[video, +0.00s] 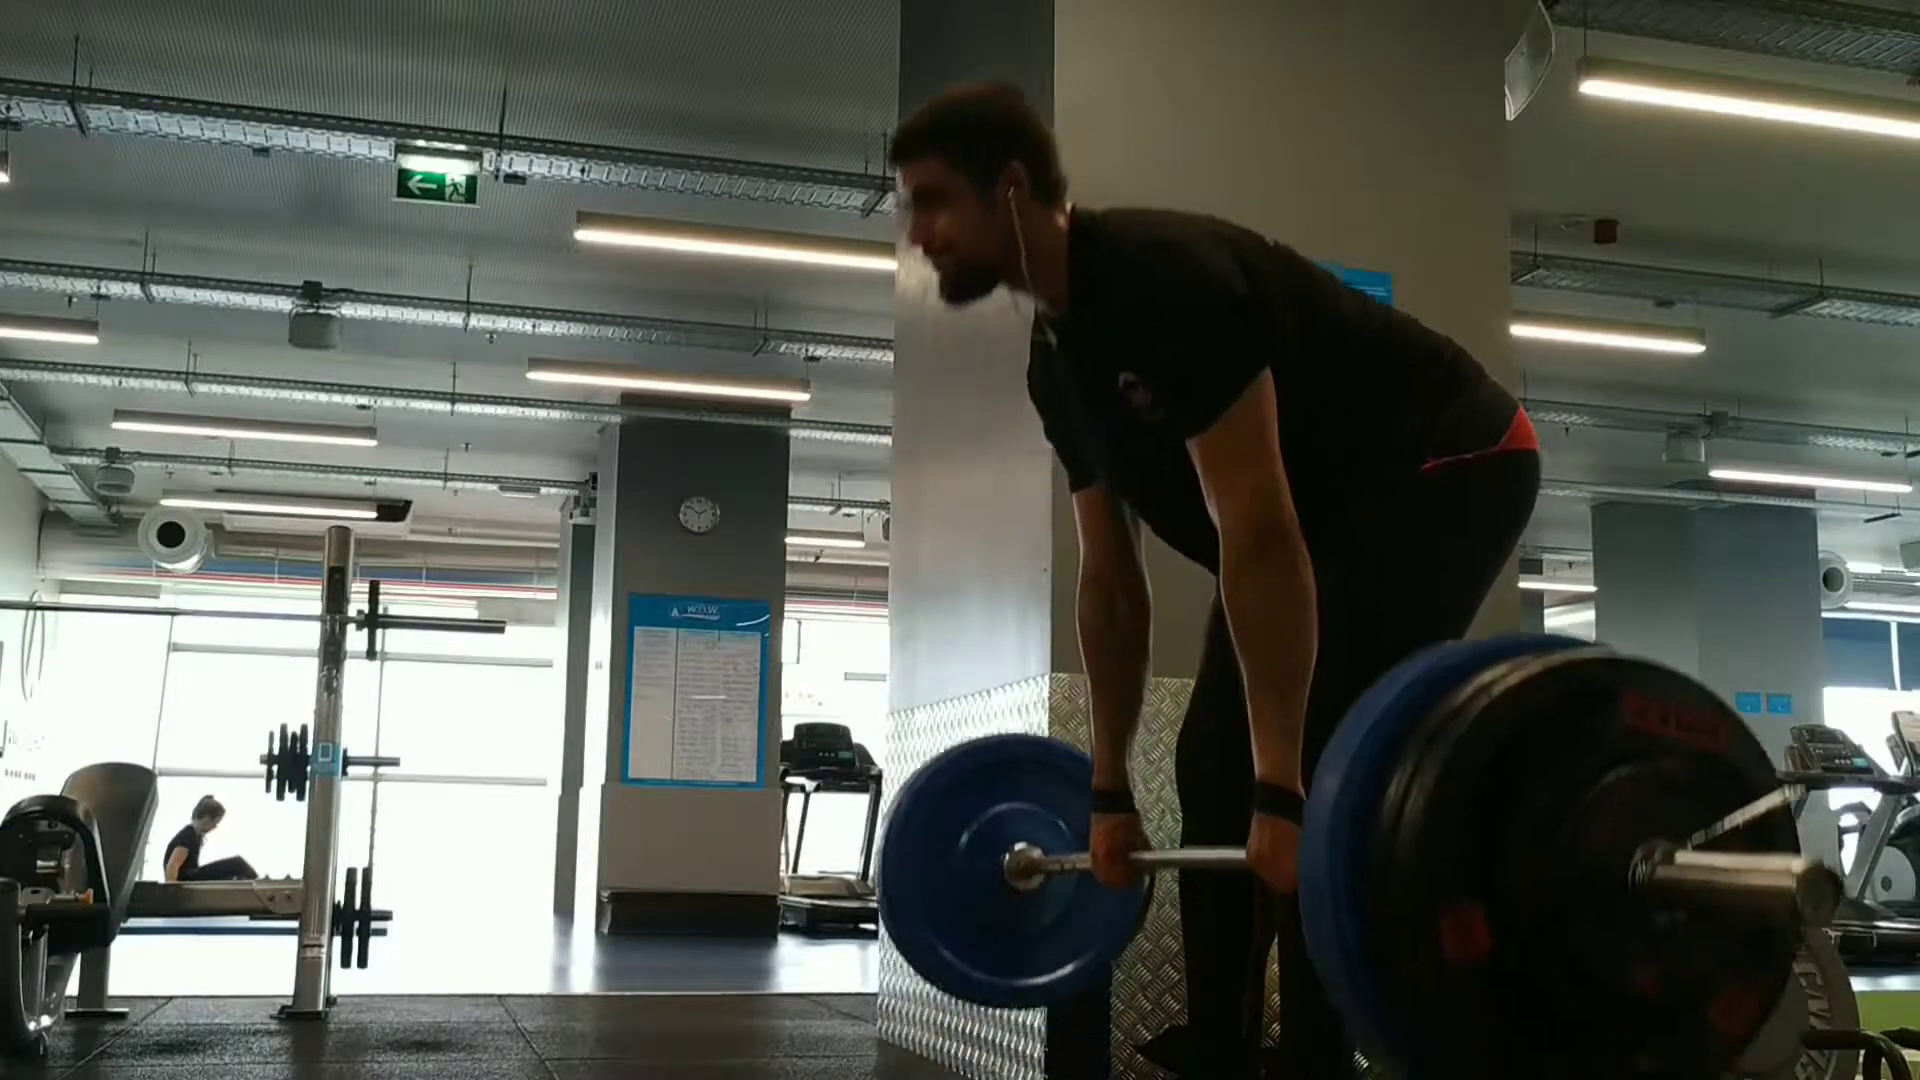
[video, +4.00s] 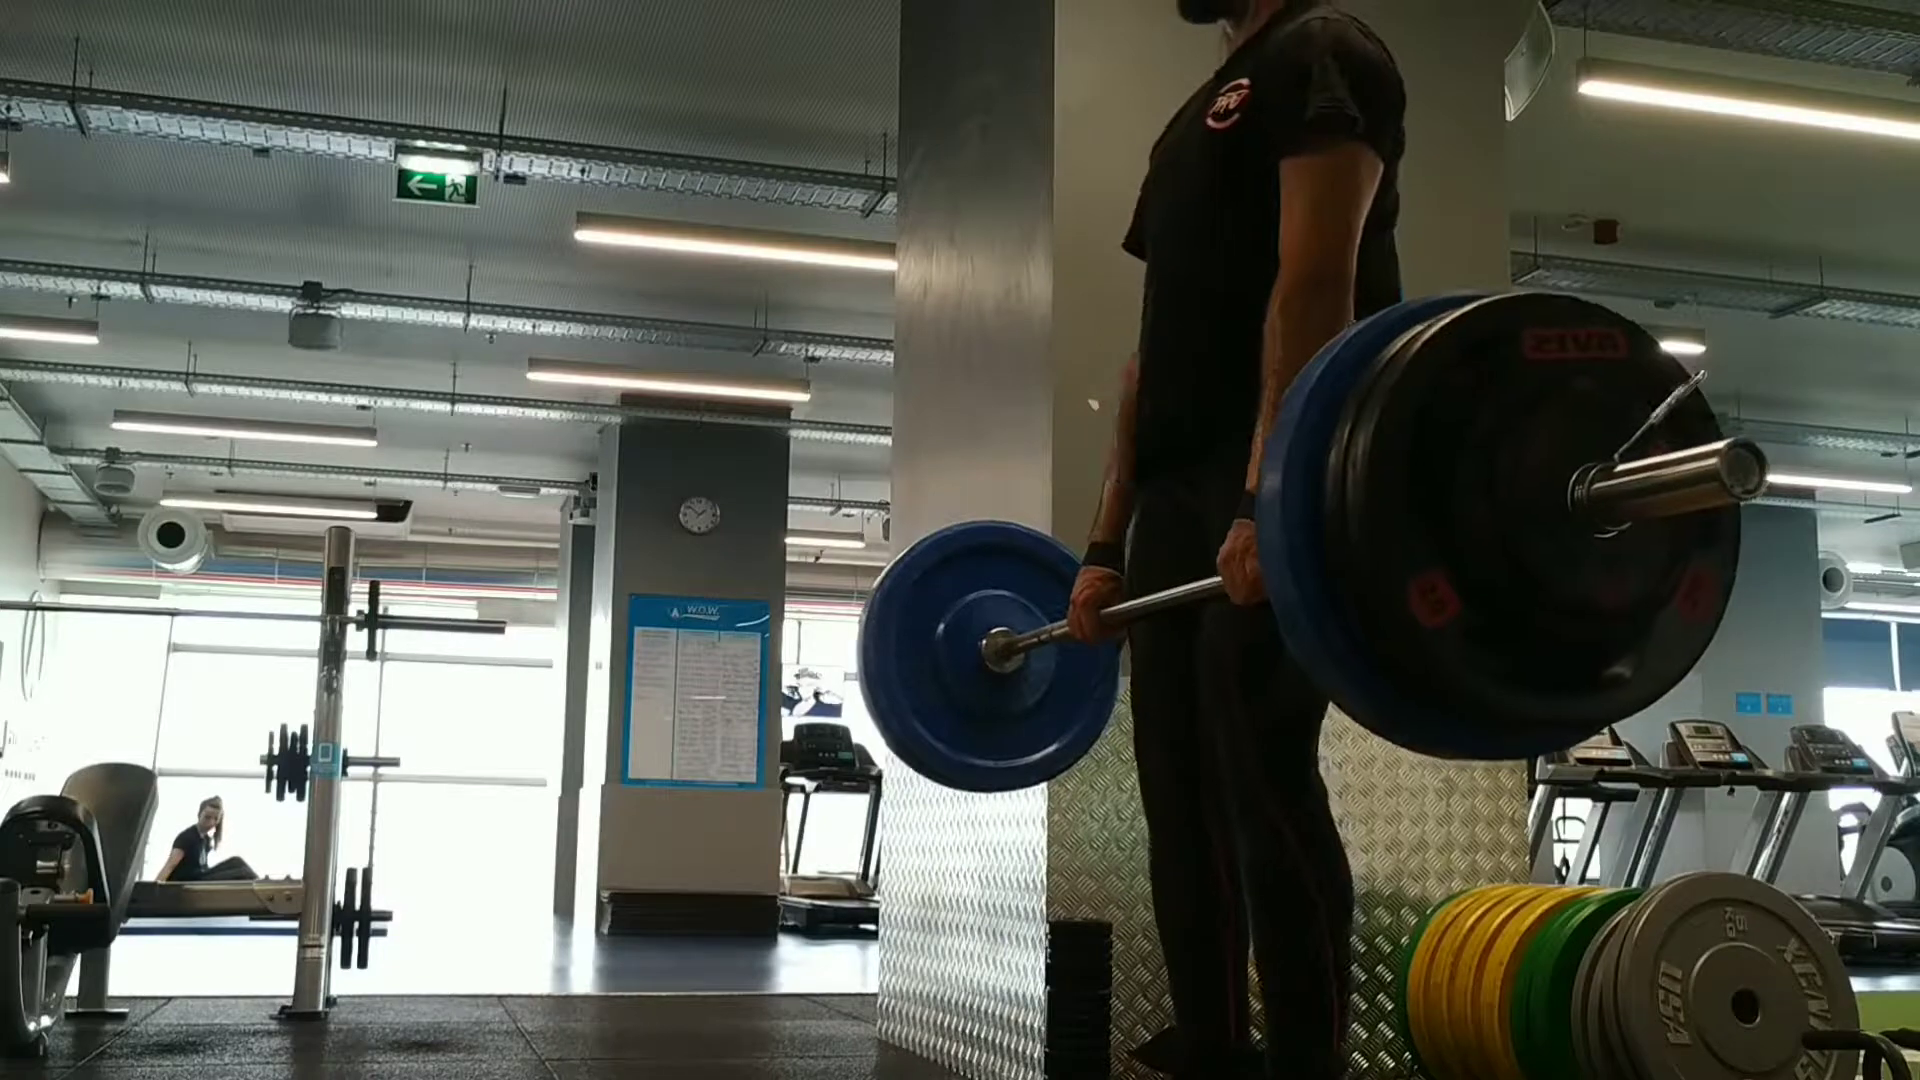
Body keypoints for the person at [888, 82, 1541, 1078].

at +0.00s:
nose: (916, 235)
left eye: (933, 204)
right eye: (908, 211)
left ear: (1014, 188)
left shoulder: (1169, 282)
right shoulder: (1057, 356)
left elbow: (1264, 540)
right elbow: (1109, 580)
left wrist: (1279, 793)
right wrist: (1110, 789)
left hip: (1446, 469)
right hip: (1308, 503)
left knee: (1334, 763)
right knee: (1212, 756)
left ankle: (1320, 1045)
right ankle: (1221, 1030)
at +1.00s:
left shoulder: (1369, 55)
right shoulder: (1244, 115)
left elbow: (1344, 279)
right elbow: (1193, 334)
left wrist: (1285, 491)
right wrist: (1123, 534)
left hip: (1269, 493)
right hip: (1183, 499)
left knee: (1277, 787)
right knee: (1191, 795)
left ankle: (1311, 1060)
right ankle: (1208, 1052)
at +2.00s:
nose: (966, 100)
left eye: (984, 69)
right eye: (961, 78)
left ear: (1064, 64)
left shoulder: (1192, 184)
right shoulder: (1075, 270)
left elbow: (1271, 442)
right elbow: (1122, 487)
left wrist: (1275, 686)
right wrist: (1114, 699)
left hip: (1413, 489)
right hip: (1280, 510)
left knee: (1301, 768)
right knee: (1193, 760)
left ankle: (1313, 1057)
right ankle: (1212, 1046)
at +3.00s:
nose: (906, 300)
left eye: (923, 266)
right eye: (902, 273)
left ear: (1004, 252)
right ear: (998, 262)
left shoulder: (1155, 342)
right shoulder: (1054, 430)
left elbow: (1263, 603)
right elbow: (1112, 632)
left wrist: (1287, 860)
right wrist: (1119, 849)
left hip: (1459, 477)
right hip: (1329, 519)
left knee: (1296, 766)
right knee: (1191, 759)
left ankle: (1312, 1040)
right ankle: (1213, 1038)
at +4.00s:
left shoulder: (1321, 46)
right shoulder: (1191, 121)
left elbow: (1318, 287)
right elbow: (1161, 346)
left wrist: (1271, 500)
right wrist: (1107, 546)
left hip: (1264, 500)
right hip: (1173, 507)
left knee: (1264, 786)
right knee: (1181, 792)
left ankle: (1309, 1057)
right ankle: (1207, 1049)